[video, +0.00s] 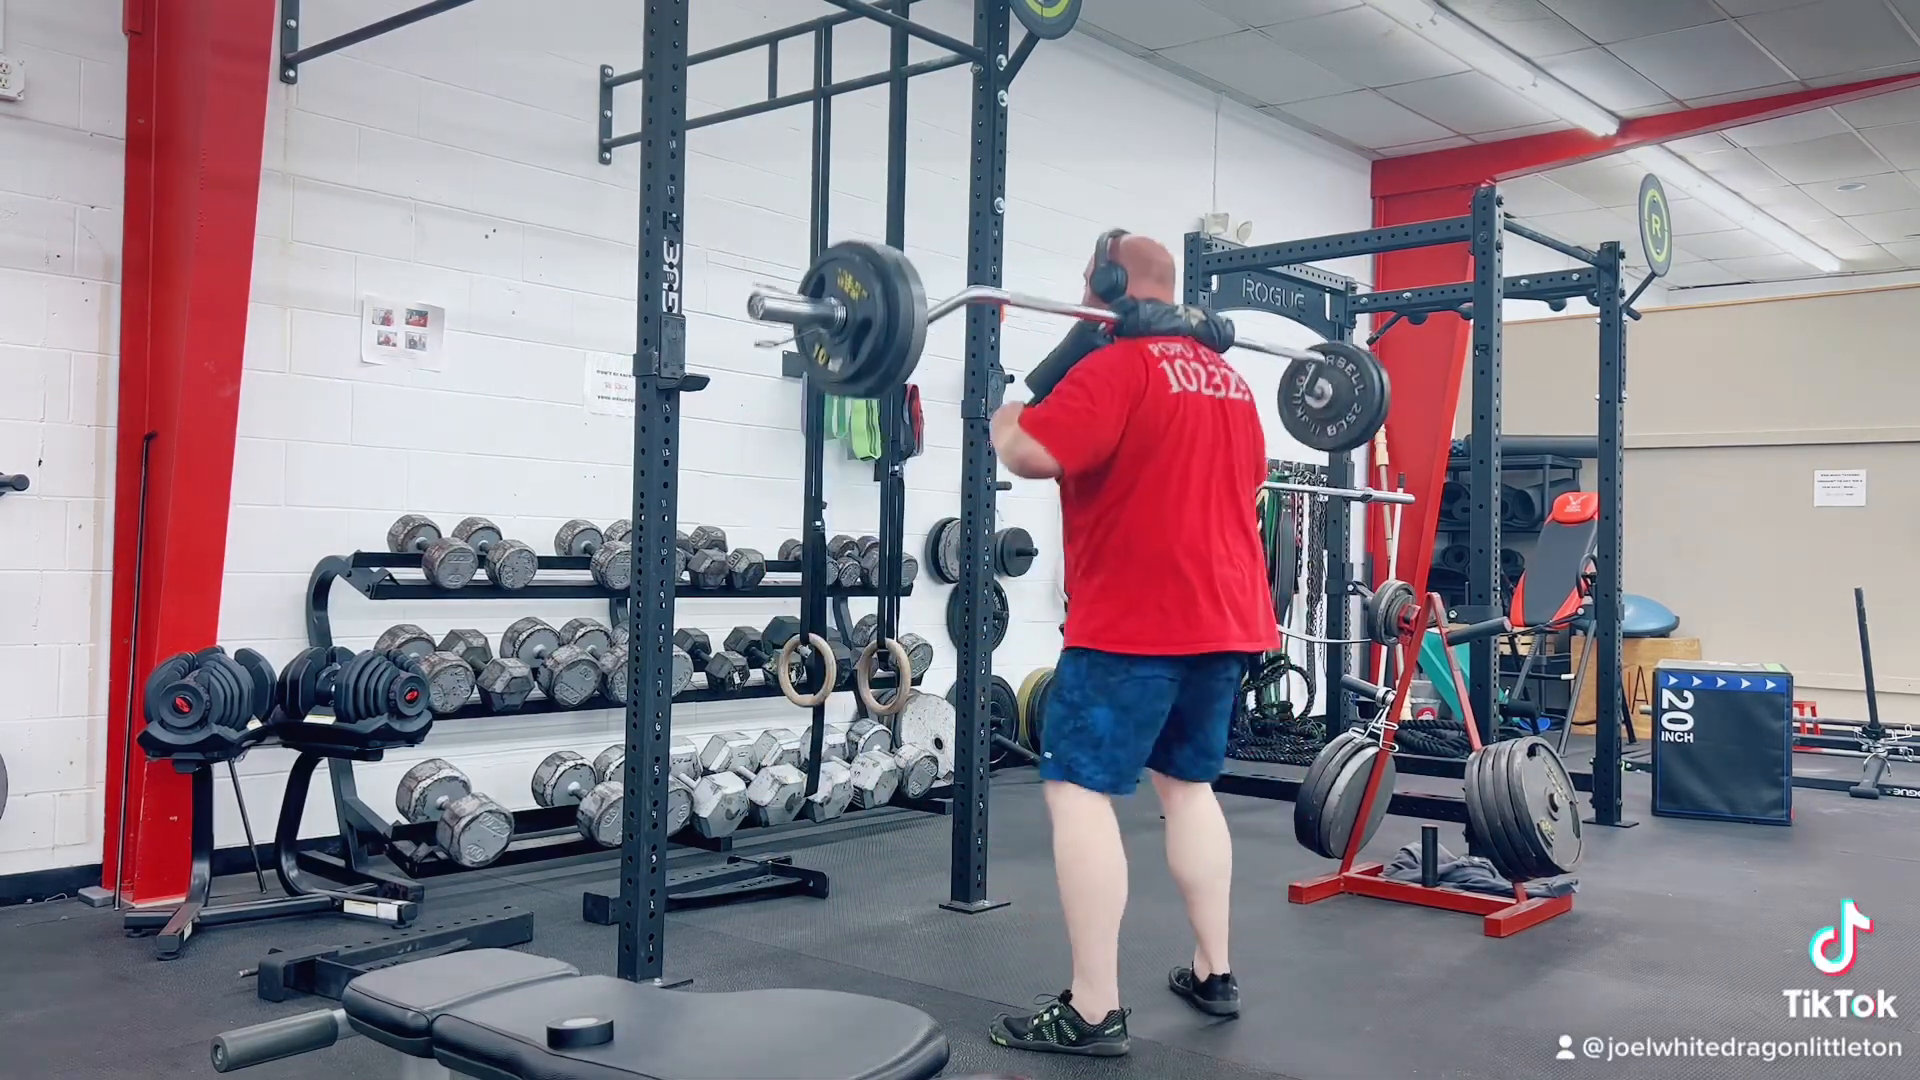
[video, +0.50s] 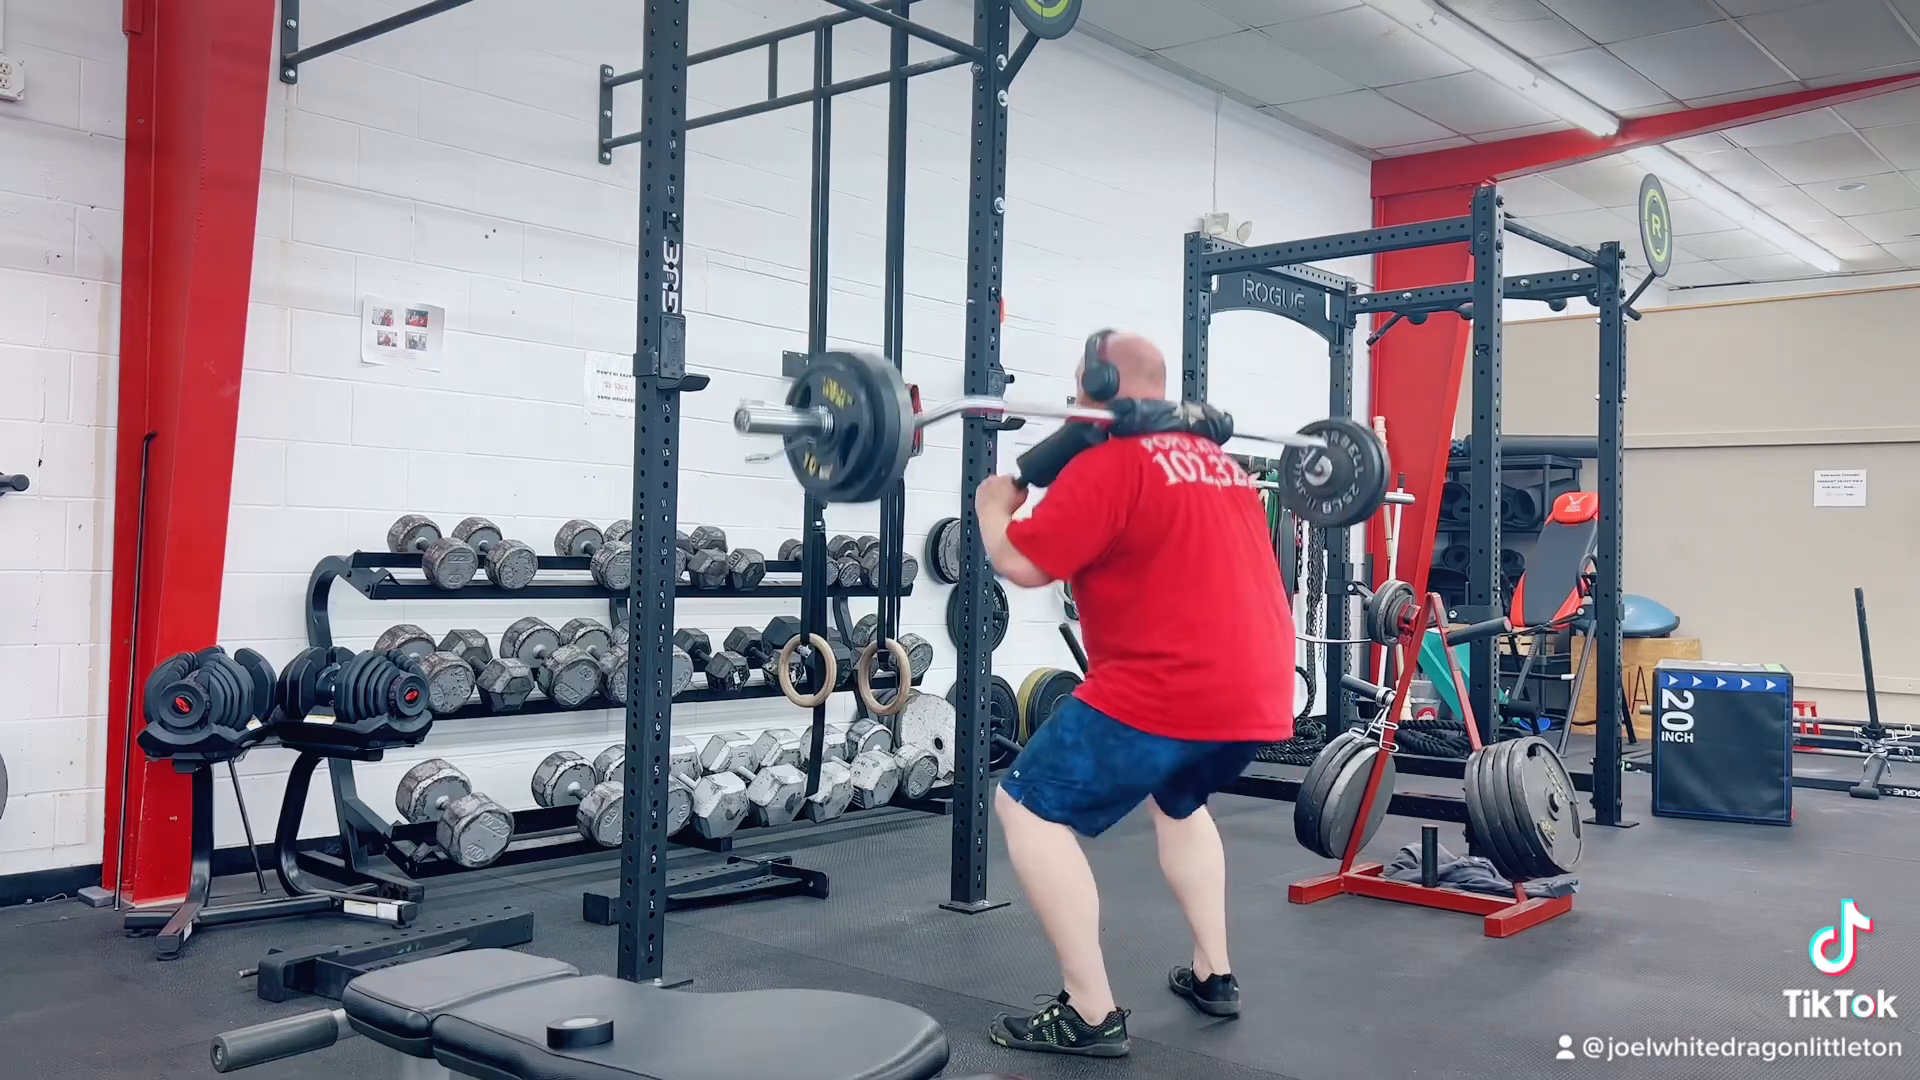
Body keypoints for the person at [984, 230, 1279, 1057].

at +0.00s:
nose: (1084, 304)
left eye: (1087, 292)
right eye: (1087, 291)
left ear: (1103, 296)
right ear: (1171, 293)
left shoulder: (1115, 363)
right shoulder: (1227, 374)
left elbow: (1033, 452)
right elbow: (1252, 481)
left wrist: (1006, 418)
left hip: (1134, 611)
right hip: (1231, 612)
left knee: (1077, 782)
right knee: (1187, 779)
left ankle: (1094, 1005)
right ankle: (1216, 973)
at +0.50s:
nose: (1075, 402)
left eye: (1078, 389)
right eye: (1076, 390)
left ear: (1098, 393)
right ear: (1163, 389)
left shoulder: (1114, 463)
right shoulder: (1221, 463)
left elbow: (1022, 562)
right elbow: (1256, 569)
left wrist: (992, 506)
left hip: (1159, 692)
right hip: (1261, 696)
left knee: (1026, 802)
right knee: (1178, 800)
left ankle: (1090, 1008)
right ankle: (1215, 973)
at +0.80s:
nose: (1064, 592)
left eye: (1066, 581)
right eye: (1068, 581)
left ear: (1076, 589)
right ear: (1150, 583)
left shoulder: (1100, 657)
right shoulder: (1203, 640)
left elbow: (995, 752)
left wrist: (975, 670)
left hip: (1194, 878)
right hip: (1274, 873)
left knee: (991, 817)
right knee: (1173, 794)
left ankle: (1088, 1009)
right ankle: (1209, 971)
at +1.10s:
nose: (1052, 468)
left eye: (1053, 458)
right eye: (1056, 458)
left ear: (1066, 461)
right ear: (1140, 453)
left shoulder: (1095, 523)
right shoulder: (1200, 514)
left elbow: (1007, 627)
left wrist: (971, 572)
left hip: (1162, 731)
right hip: (1261, 732)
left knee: (1003, 808)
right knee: (1167, 813)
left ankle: (1088, 1008)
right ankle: (1210, 975)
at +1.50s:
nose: (1077, 292)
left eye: (1079, 280)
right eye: (1080, 279)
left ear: (1099, 281)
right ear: (1162, 278)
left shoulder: (1113, 351)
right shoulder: (1219, 365)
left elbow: (1065, 459)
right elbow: (1248, 475)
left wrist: (1011, 429)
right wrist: (1165, 477)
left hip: (1107, 611)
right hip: (1196, 612)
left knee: (1108, 799)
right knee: (1196, 783)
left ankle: (1096, 1009)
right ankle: (1215, 973)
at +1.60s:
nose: (1078, 292)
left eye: (1080, 281)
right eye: (1080, 279)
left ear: (1098, 283)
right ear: (1162, 277)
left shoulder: (1114, 349)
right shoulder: (1221, 363)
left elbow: (1072, 457)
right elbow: (1252, 476)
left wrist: (1014, 429)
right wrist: (1167, 475)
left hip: (1113, 608)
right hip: (1201, 607)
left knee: (1110, 799)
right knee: (1198, 784)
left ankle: (1096, 1007)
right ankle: (1216, 972)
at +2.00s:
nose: (1060, 427)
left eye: (1061, 414)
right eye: (1061, 415)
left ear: (1079, 414)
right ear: (1145, 405)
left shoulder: (1099, 480)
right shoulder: (1202, 470)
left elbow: (997, 575)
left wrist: (975, 513)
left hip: (1165, 703)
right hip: (1267, 703)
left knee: (1024, 803)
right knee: (1176, 803)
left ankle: (1090, 1010)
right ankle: (1214, 975)